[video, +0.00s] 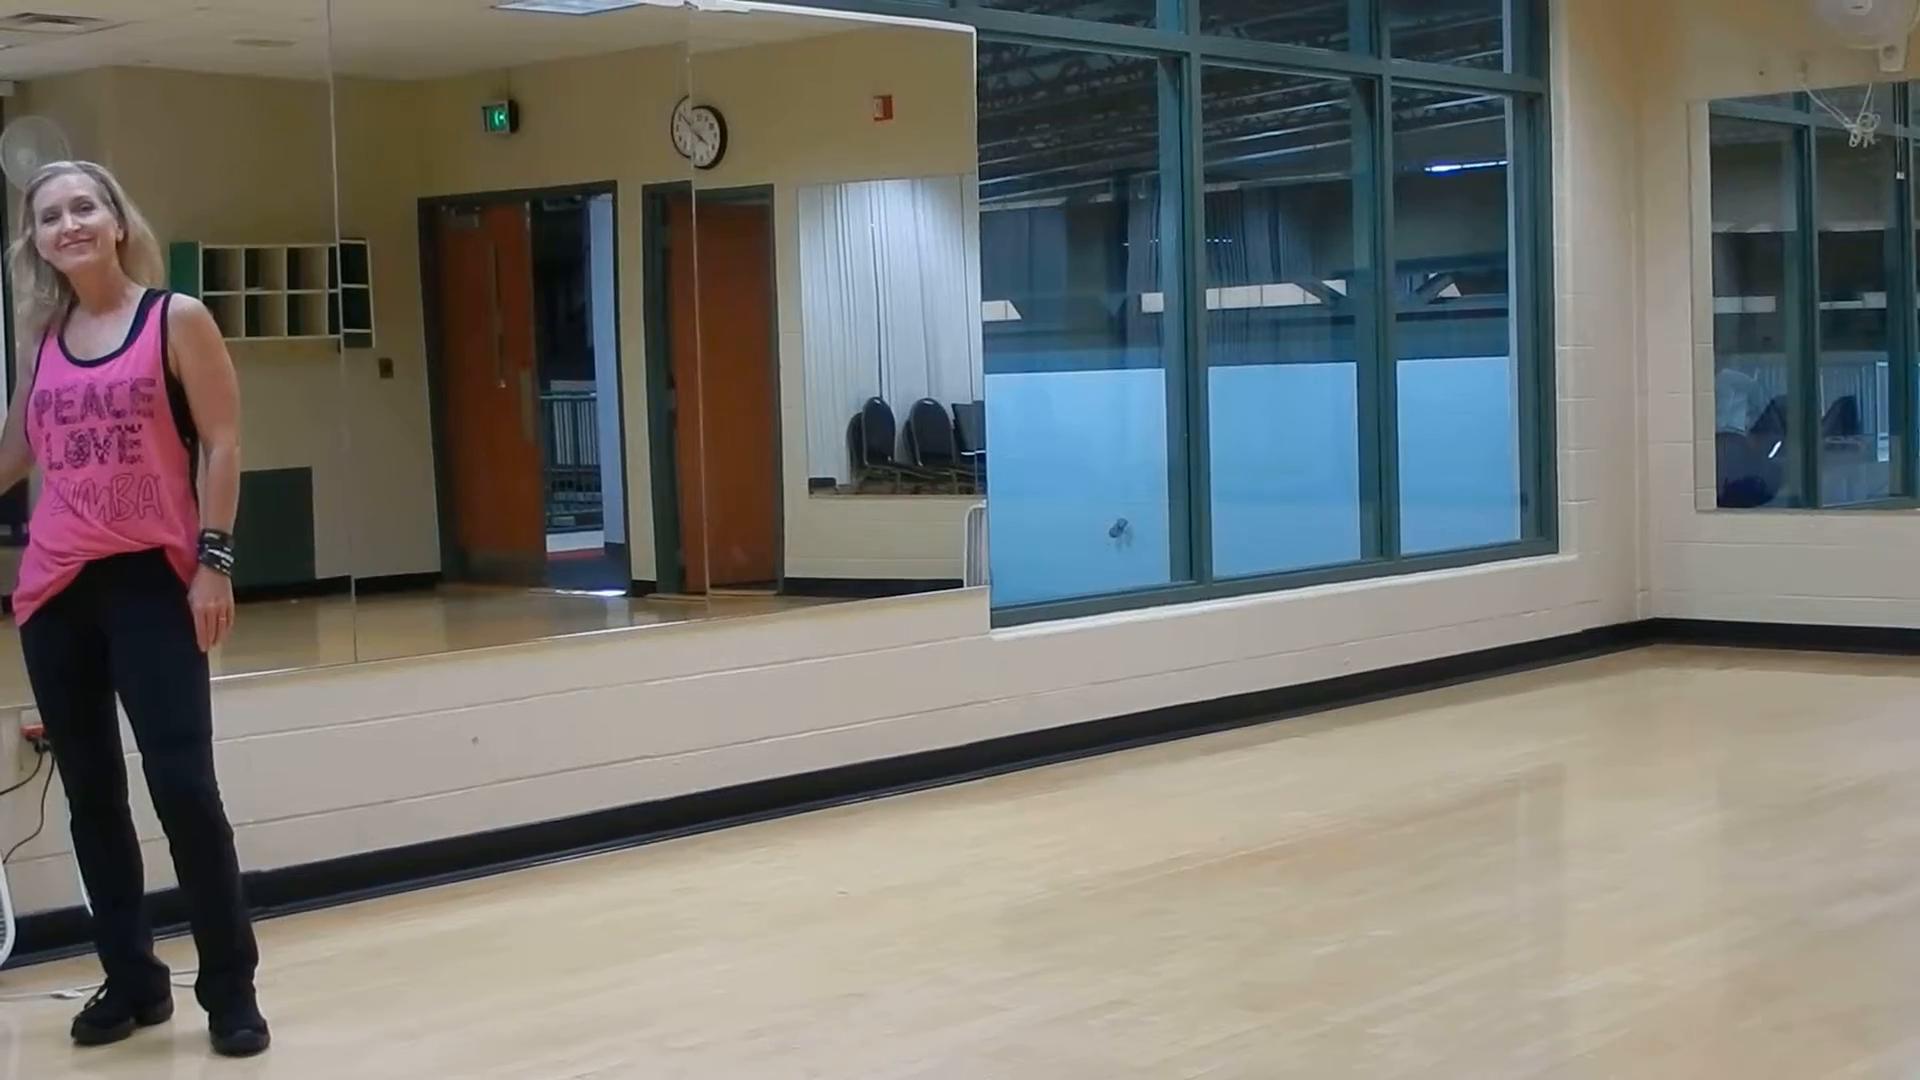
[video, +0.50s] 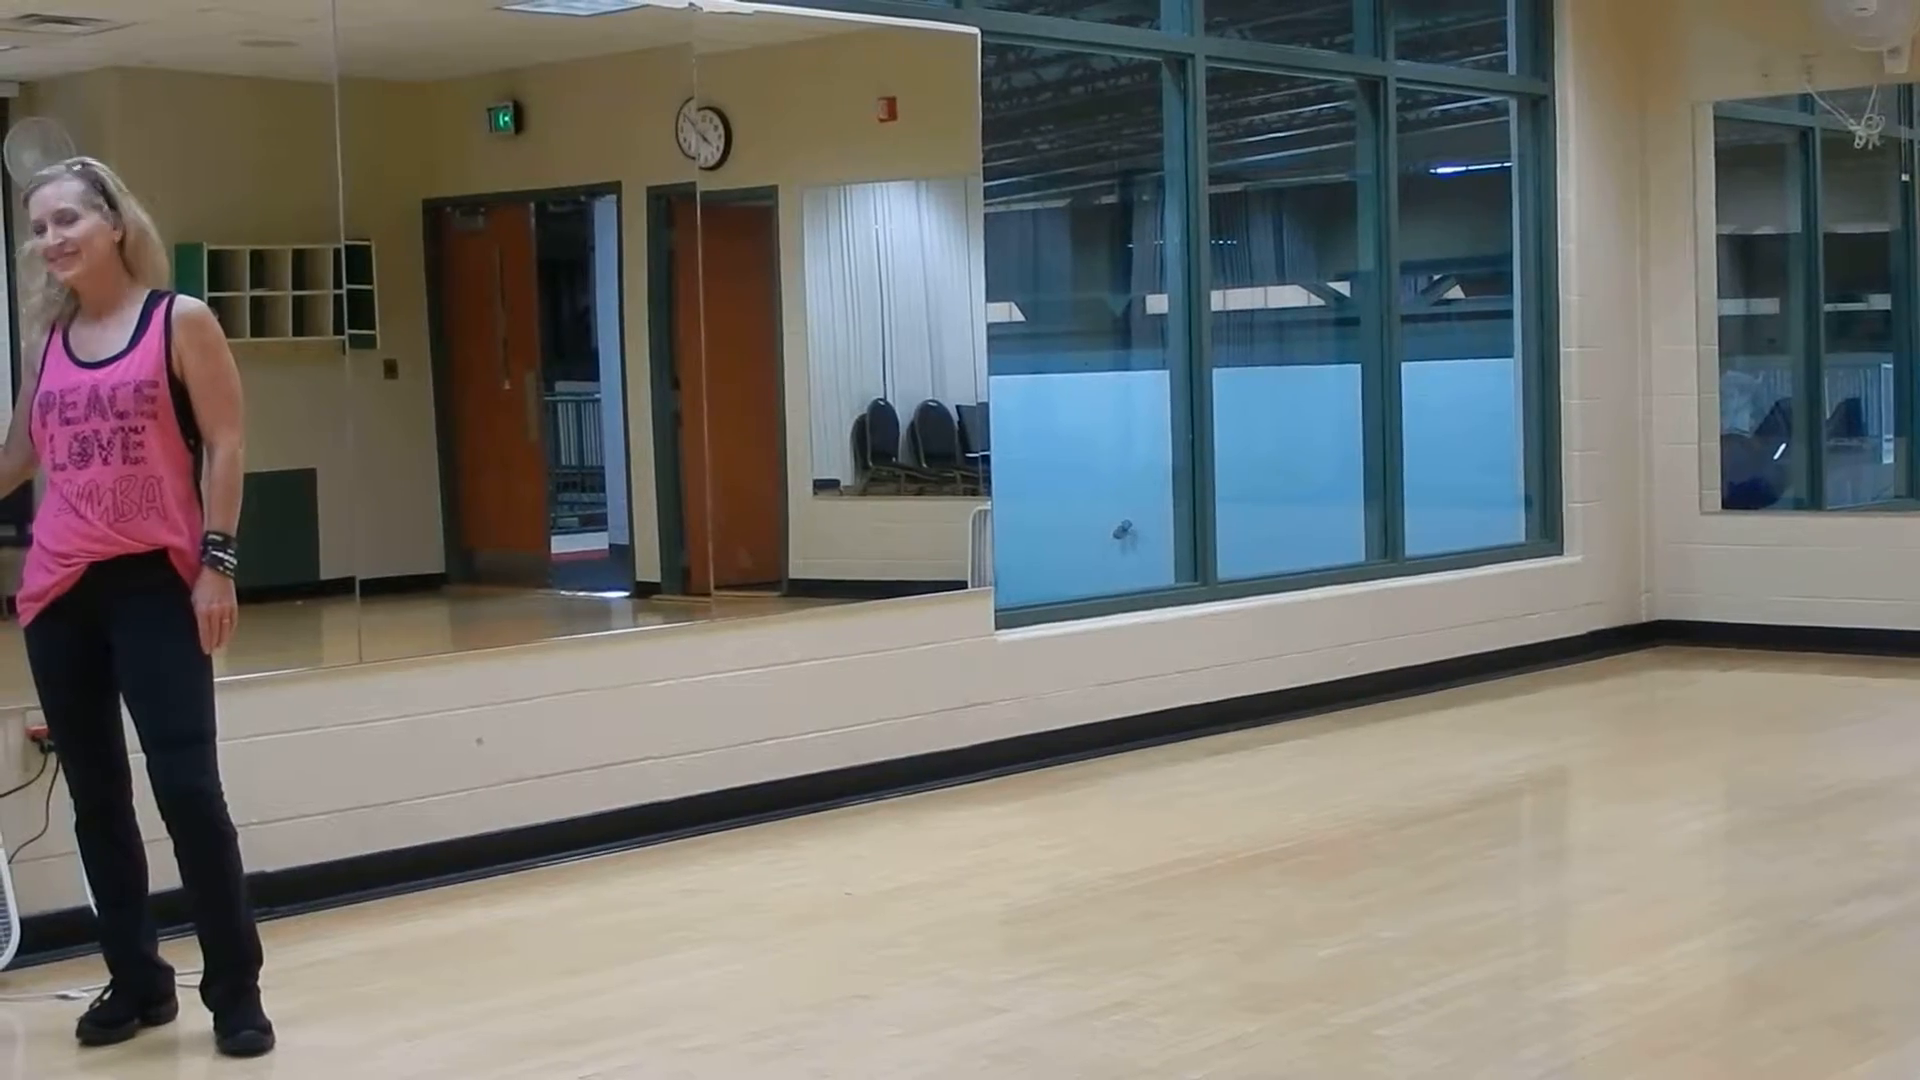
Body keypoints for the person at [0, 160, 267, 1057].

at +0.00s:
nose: (70, 224)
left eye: (84, 207)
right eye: (52, 216)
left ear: (120, 222)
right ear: (37, 242)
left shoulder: (177, 318)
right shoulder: (42, 341)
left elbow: (222, 443)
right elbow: (15, 458)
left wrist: (216, 562)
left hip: (153, 580)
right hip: (53, 585)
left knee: (182, 789)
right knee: (93, 797)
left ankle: (231, 991)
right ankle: (133, 980)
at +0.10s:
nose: (69, 225)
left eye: (83, 208)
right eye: (51, 218)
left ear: (119, 221)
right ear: (38, 244)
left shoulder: (177, 319)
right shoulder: (43, 343)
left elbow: (222, 442)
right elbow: (16, 457)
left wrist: (216, 563)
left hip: (154, 581)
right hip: (54, 587)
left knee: (183, 791)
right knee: (94, 801)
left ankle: (232, 994)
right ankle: (134, 981)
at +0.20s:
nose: (69, 226)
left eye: (83, 208)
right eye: (51, 218)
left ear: (120, 221)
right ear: (39, 244)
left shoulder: (178, 319)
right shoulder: (45, 343)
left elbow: (224, 442)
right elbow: (15, 457)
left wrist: (217, 562)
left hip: (155, 581)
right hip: (55, 587)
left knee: (184, 790)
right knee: (95, 800)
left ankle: (233, 993)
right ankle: (135, 980)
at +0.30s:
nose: (69, 226)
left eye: (83, 209)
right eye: (51, 219)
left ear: (121, 221)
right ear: (39, 244)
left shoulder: (179, 319)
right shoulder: (46, 341)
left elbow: (225, 441)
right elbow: (17, 455)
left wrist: (218, 562)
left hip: (156, 581)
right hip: (56, 587)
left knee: (185, 790)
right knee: (96, 800)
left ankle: (234, 993)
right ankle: (136, 980)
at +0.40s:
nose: (65, 229)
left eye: (80, 211)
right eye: (49, 221)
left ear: (121, 222)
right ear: (39, 244)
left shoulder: (181, 320)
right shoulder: (47, 341)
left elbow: (225, 442)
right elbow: (18, 457)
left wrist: (219, 562)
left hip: (156, 581)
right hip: (57, 587)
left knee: (186, 791)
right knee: (97, 800)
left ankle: (234, 992)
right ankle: (137, 980)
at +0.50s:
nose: (52, 237)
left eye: (67, 218)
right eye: (40, 229)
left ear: (117, 222)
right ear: (39, 247)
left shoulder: (182, 321)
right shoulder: (49, 341)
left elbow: (226, 443)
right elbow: (21, 456)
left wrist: (220, 564)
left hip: (157, 582)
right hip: (57, 588)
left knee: (187, 791)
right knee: (98, 801)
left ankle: (236, 994)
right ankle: (138, 980)